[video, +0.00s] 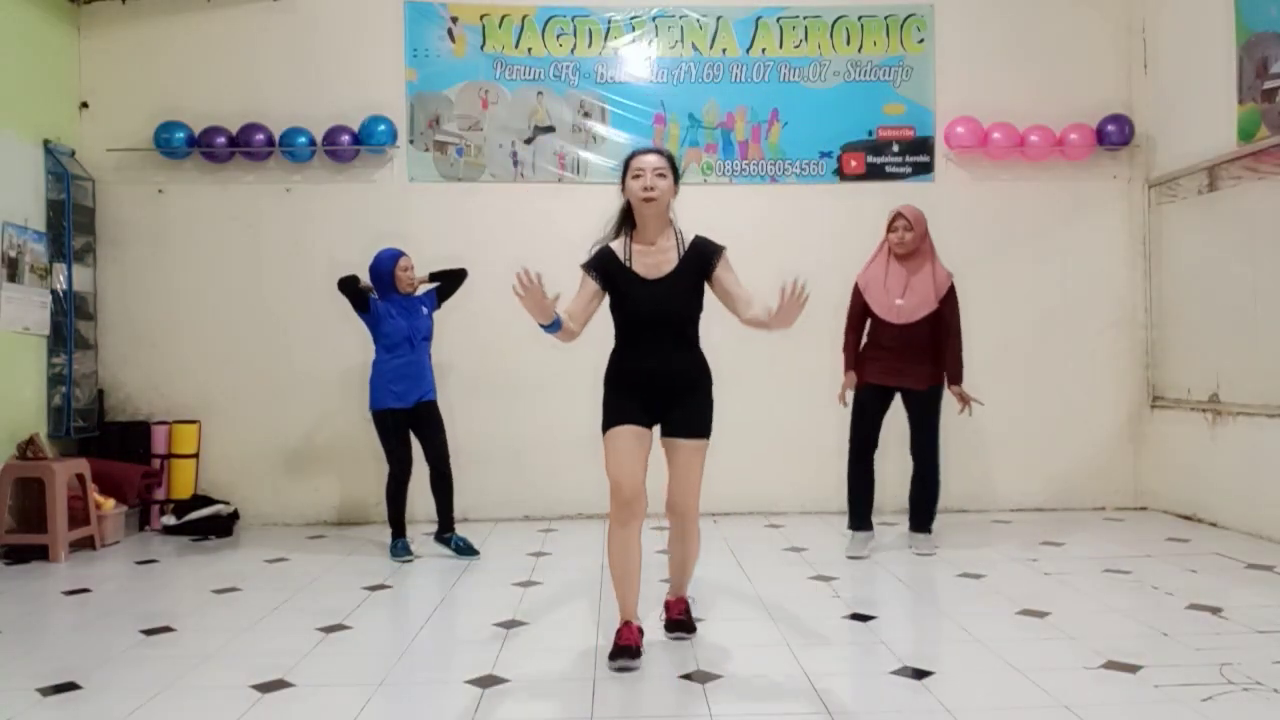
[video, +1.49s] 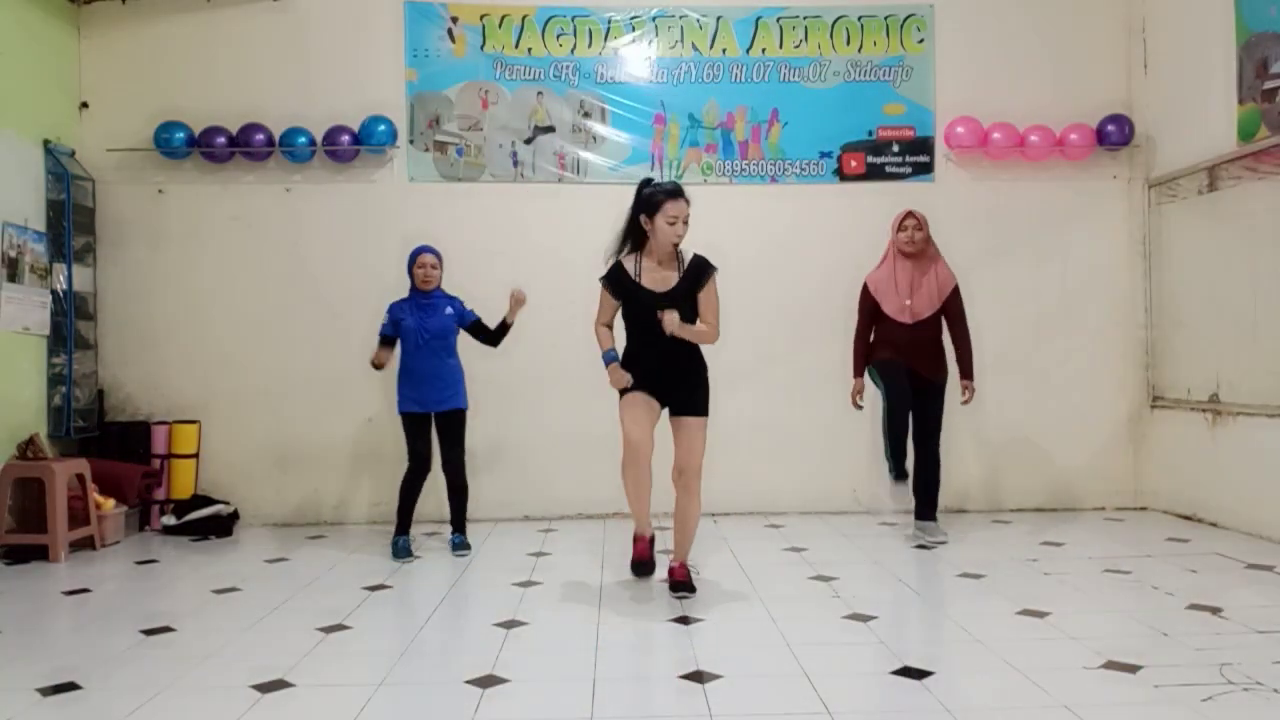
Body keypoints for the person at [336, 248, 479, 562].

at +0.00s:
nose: (412, 275)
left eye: (412, 269)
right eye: (404, 270)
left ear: (413, 275)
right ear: (388, 277)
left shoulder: (424, 303)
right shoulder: (376, 308)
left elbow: (460, 275)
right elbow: (346, 285)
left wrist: (425, 279)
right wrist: (364, 289)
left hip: (422, 397)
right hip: (388, 401)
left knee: (440, 462)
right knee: (400, 466)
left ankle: (446, 531)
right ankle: (399, 538)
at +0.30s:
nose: (411, 273)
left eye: (412, 267)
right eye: (404, 267)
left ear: (413, 273)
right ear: (387, 274)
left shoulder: (422, 302)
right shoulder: (373, 306)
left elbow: (460, 275)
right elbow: (346, 285)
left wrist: (424, 276)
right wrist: (355, 277)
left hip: (423, 395)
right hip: (387, 399)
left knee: (437, 462)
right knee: (398, 466)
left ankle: (448, 531)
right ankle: (398, 538)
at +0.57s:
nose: (407, 272)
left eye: (409, 266)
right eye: (399, 267)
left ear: (413, 272)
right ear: (384, 274)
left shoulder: (423, 301)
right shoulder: (371, 305)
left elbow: (461, 273)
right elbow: (343, 275)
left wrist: (423, 275)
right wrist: (364, 278)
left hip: (421, 394)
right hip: (385, 398)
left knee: (435, 461)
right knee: (396, 466)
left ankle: (449, 529)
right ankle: (398, 537)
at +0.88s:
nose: (404, 271)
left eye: (408, 266)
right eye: (397, 266)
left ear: (414, 270)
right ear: (384, 272)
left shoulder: (427, 301)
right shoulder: (371, 305)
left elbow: (475, 287)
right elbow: (324, 290)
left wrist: (444, 266)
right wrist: (346, 276)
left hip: (423, 395)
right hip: (386, 399)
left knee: (430, 459)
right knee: (396, 467)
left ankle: (452, 529)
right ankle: (398, 539)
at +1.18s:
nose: (409, 269)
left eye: (414, 265)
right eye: (402, 265)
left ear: (421, 270)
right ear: (391, 272)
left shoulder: (434, 302)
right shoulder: (380, 306)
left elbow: (488, 309)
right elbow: (327, 309)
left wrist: (479, 271)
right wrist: (351, 278)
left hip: (430, 393)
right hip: (394, 397)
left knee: (432, 459)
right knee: (400, 467)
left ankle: (457, 526)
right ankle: (398, 538)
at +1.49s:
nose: (427, 271)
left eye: (433, 267)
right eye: (421, 266)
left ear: (441, 272)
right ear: (411, 272)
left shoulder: (452, 306)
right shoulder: (399, 309)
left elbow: (491, 339)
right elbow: (385, 348)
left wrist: (511, 313)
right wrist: (379, 360)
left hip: (450, 395)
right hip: (413, 397)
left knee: (454, 465)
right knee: (419, 465)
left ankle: (459, 533)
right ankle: (402, 535)